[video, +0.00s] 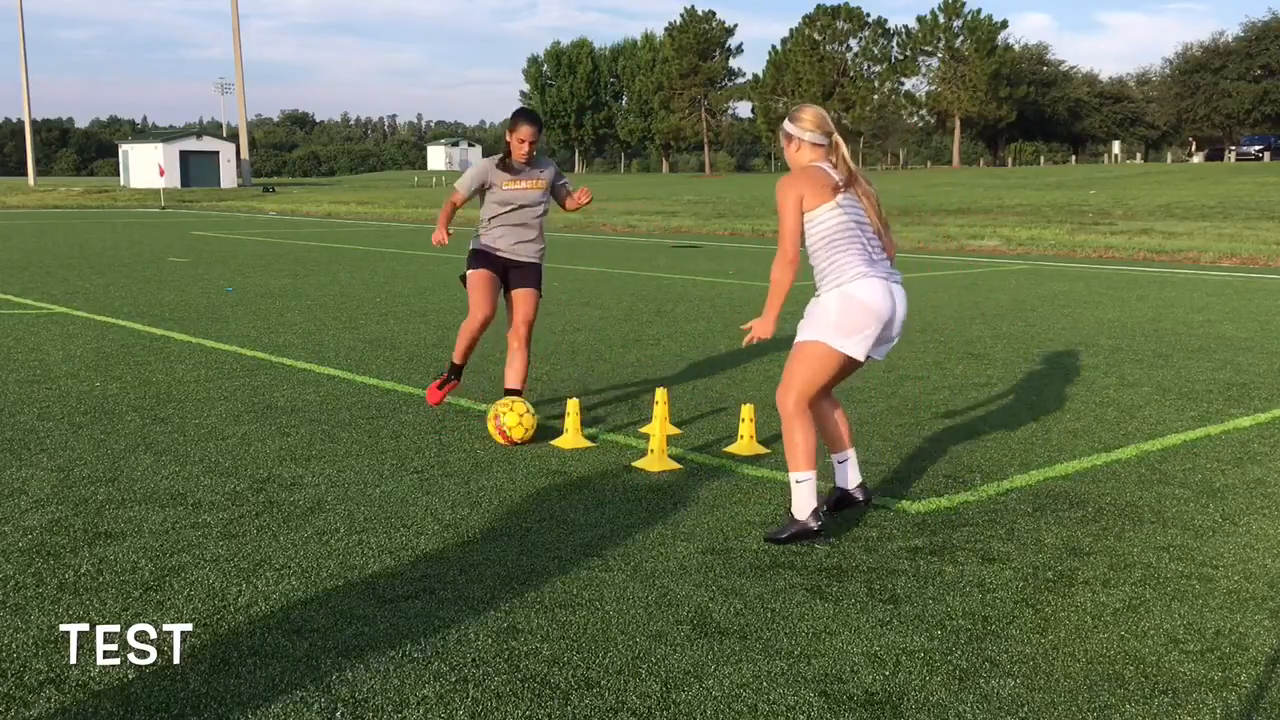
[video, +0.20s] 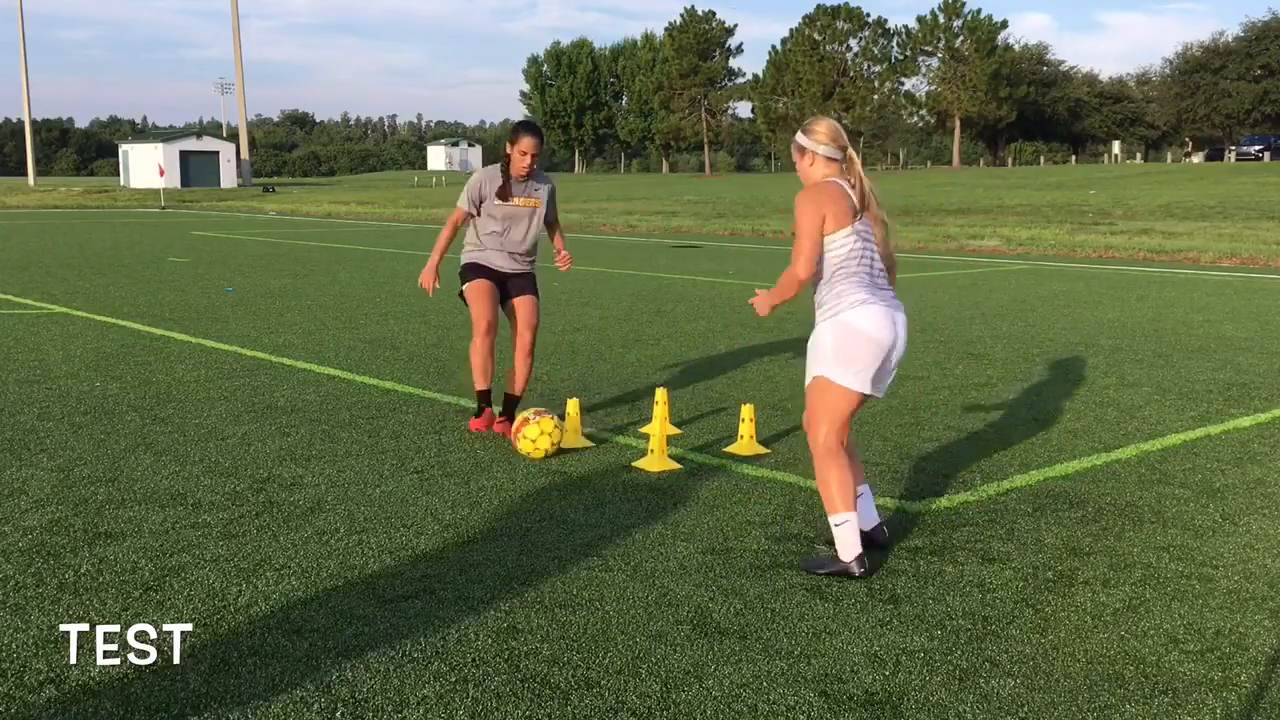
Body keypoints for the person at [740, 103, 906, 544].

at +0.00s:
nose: (784, 153)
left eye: (785, 145)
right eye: (784, 146)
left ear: (797, 143)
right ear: (826, 143)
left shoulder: (795, 181)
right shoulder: (854, 181)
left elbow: (788, 258)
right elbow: (886, 247)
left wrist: (768, 316)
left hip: (850, 296)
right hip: (887, 294)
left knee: (791, 396)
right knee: (818, 391)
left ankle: (805, 514)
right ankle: (851, 486)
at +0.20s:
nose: (796, 169)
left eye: (797, 160)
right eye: (795, 160)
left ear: (811, 156)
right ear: (839, 157)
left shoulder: (814, 195)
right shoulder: (864, 197)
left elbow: (803, 269)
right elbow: (885, 267)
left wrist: (771, 299)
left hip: (851, 320)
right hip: (886, 319)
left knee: (822, 435)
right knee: (834, 433)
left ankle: (849, 554)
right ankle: (869, 525)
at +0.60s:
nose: (849, 146)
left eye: (853, 137)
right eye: (849, 138)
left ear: (871, 136)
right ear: (888, 138)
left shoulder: (892, 165)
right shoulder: (901, 178)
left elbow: (819, 163)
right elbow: (917, 261)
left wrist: (818, 158)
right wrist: (868, 288)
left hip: (903, 319)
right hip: (890, 316)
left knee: (851, 423)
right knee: (840, 413)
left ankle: (882, 546)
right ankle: (872, 519)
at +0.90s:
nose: (887, 168)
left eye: (889, 158)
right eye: (886, 159)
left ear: (909, 151)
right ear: (920, 150)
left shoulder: (928, 186)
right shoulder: (953, 190)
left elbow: (918, 243)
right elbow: (1001, 239)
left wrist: (869, 272)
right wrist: (1054, 270)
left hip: (938, 324)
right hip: (912, 320)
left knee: (891, 429)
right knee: (838, 390)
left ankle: (950, 522)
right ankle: (829, 500)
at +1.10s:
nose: (905, 179)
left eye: (904, 168)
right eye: (902, 170)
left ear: (922, 160)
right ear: (940, 158)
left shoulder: (942, 202)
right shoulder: (971, 195)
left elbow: (935, 268)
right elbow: (1009, 253)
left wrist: (891, 313)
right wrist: (1014, 289)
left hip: (954, 327)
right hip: (962, 325)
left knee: (897, 422)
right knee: (864, 379)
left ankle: (950, 521)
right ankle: (823, 476)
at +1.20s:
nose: (912, 162)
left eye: (913, 154)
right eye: (911, 154)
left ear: (930, 148)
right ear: (952, 147)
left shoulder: (945, 184)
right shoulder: (981, 182)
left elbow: (940, 230)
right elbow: (1025, 225)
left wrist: (893, 271)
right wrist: (986, 253)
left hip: (959, 314)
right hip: (984, 313)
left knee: (914, 418)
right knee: (895, 370)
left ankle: (950, 521)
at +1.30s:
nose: (921, 143)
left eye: (921, 135)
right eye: (921, 135)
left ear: (933, 134)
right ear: (963, 134)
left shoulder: (941, 172)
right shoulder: (992, 169)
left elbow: (944, 225)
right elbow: (1035, 218)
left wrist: (918, 277)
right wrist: (1040, 261)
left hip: (969, 296)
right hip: (998, 292)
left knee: (937, 404)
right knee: (946, 377)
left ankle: (967, 512)